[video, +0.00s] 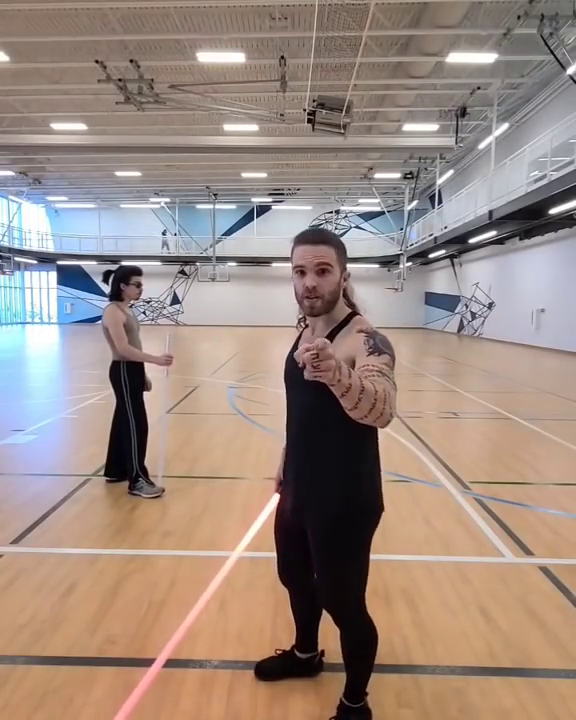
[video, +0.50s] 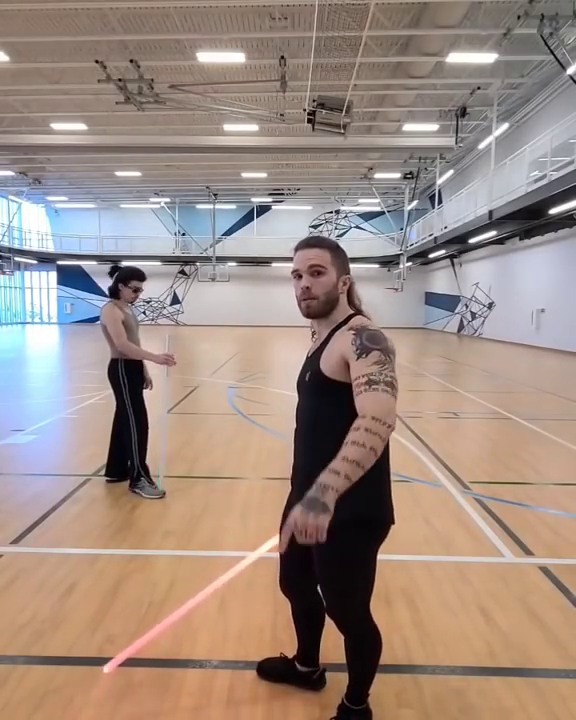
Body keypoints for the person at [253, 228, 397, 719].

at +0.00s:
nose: (309, 283)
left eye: (322, 271)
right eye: (300, 272)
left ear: (344, 276)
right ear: (291, 277)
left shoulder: (367, 343)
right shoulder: (303, 332)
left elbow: (381, 410)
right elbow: (301, 414)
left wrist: (336, 374)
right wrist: (286, 468)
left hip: (346, 494)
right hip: (301, 483)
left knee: (344, 600)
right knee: (295, 570)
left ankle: (355, 700)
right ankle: (306, 651)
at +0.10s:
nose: (303, 281)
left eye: (315, 269)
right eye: (296, 272)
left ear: (344, 275)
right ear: (291, 279)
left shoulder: (369, 340)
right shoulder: (312, 332)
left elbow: (383, 408)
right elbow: (310, 419)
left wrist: (341, 379)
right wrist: (296, 478)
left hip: (348, 495)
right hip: (303, 485)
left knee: (345, 602)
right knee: (295, 572)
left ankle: (356, 700)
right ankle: (306, 653)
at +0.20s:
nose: (303, 280)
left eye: (315, 268)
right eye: (296, 271)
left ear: (345, 276)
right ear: (292, 280)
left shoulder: (368, 337)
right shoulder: (319, 333)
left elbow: (383, 404)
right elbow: (313, 422)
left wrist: (340, 388)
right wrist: (298, 481)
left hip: (349, 497)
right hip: (306, 488)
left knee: (346, 605)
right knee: (296, 574)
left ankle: (356, 701)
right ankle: (307, 657)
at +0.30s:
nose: (305, 281)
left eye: (318, 271)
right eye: (299, 273)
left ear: (346, 279)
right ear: (294, 281)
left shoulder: (367, 338)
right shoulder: (321, 333)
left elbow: (380, 403)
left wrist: (335, 414)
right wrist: (300, 482)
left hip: (350, 501)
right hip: (308, 491)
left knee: (348, 608)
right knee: (299, 579)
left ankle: (356, 703)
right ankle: (306, 663)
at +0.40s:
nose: (305, 285)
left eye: (318, 273)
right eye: (299, 276)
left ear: (345, 281)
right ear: (293, 283)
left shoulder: (366, 340)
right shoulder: (323, 335)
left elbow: (380, 413)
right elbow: (326, 416)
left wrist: (321, 458)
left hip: (350, 504)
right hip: (309, 494)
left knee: (348, 610)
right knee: (300, 583)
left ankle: (357, 703)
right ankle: (307, 666)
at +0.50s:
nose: (304, 284)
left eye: (316, 273)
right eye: (297, 276)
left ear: (343, 280)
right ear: (292, 284)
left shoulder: (365, 339)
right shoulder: (324, 337)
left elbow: (377, 424)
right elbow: (323, 426)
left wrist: (322, 495)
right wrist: (304, 490)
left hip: (352, 505)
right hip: (309, 494)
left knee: (348, 609)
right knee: (297, 582)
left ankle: (357, 703)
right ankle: (307, 664)